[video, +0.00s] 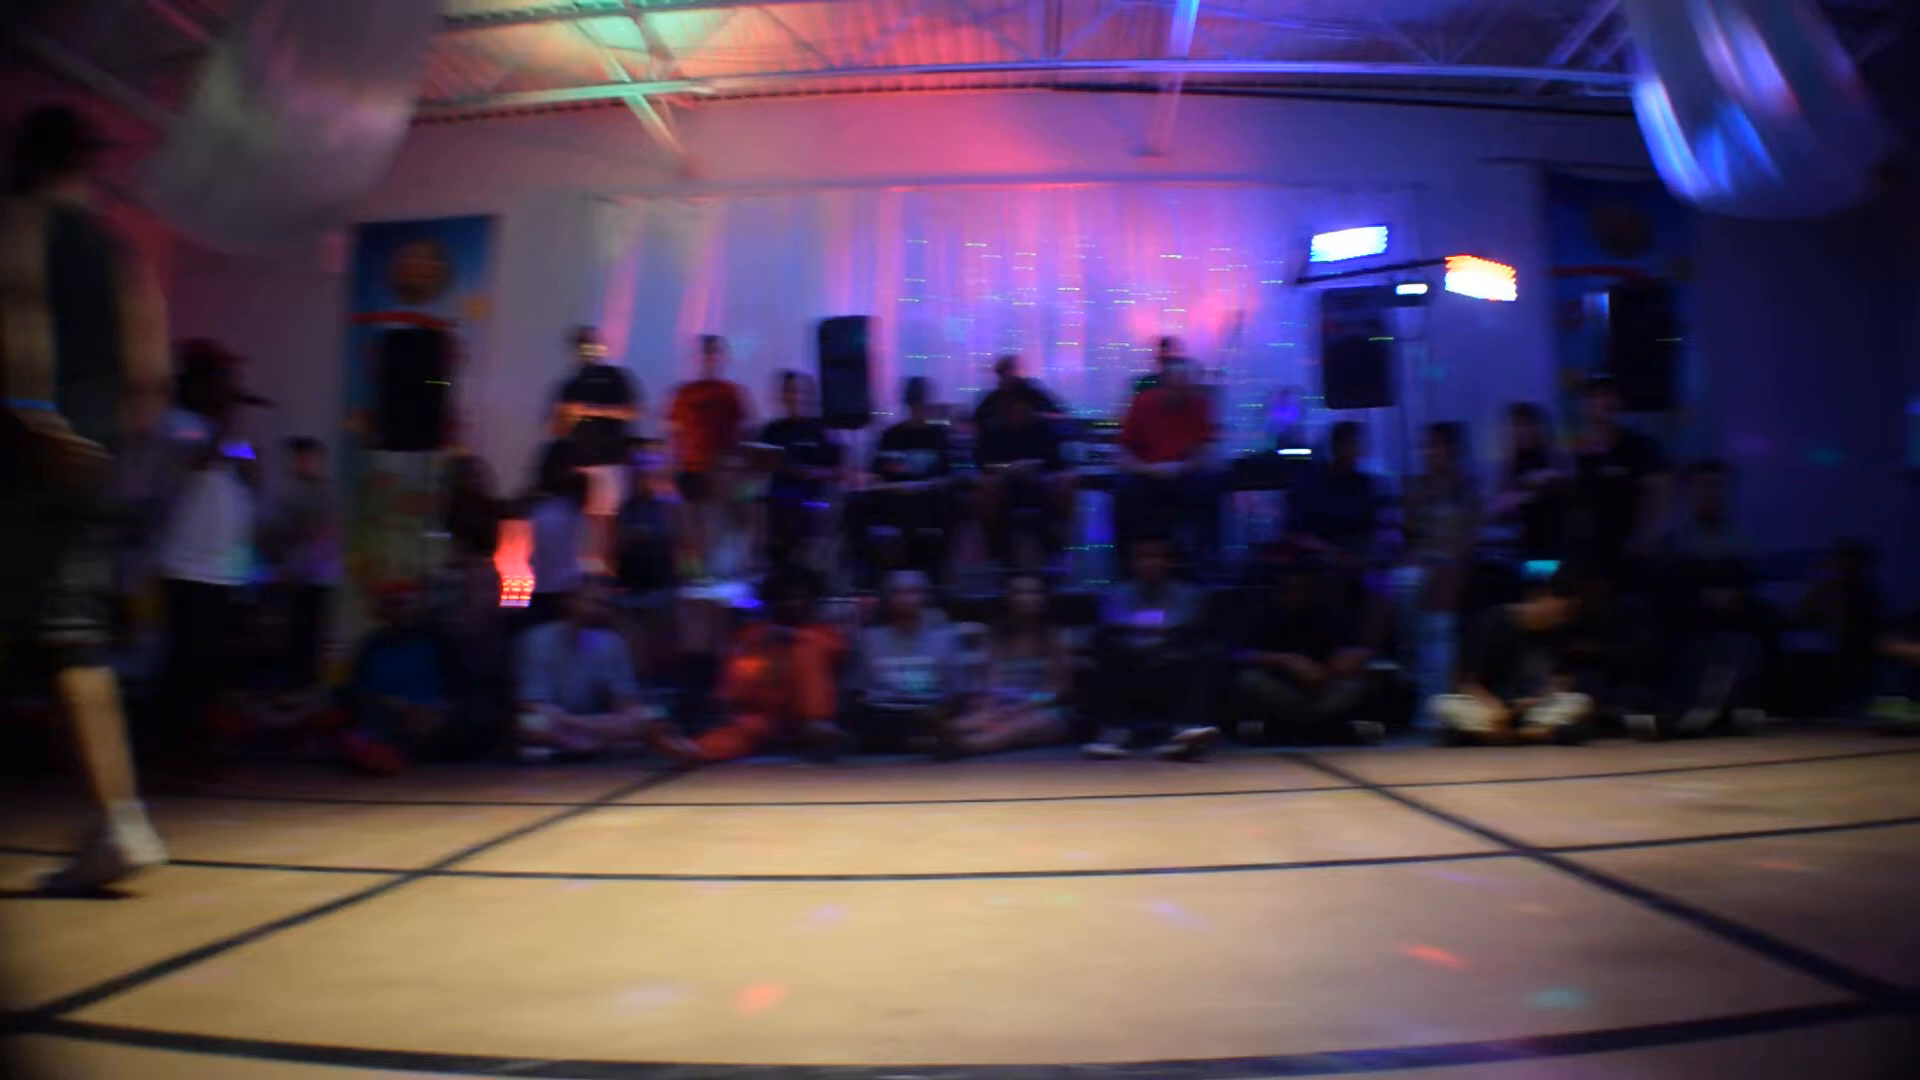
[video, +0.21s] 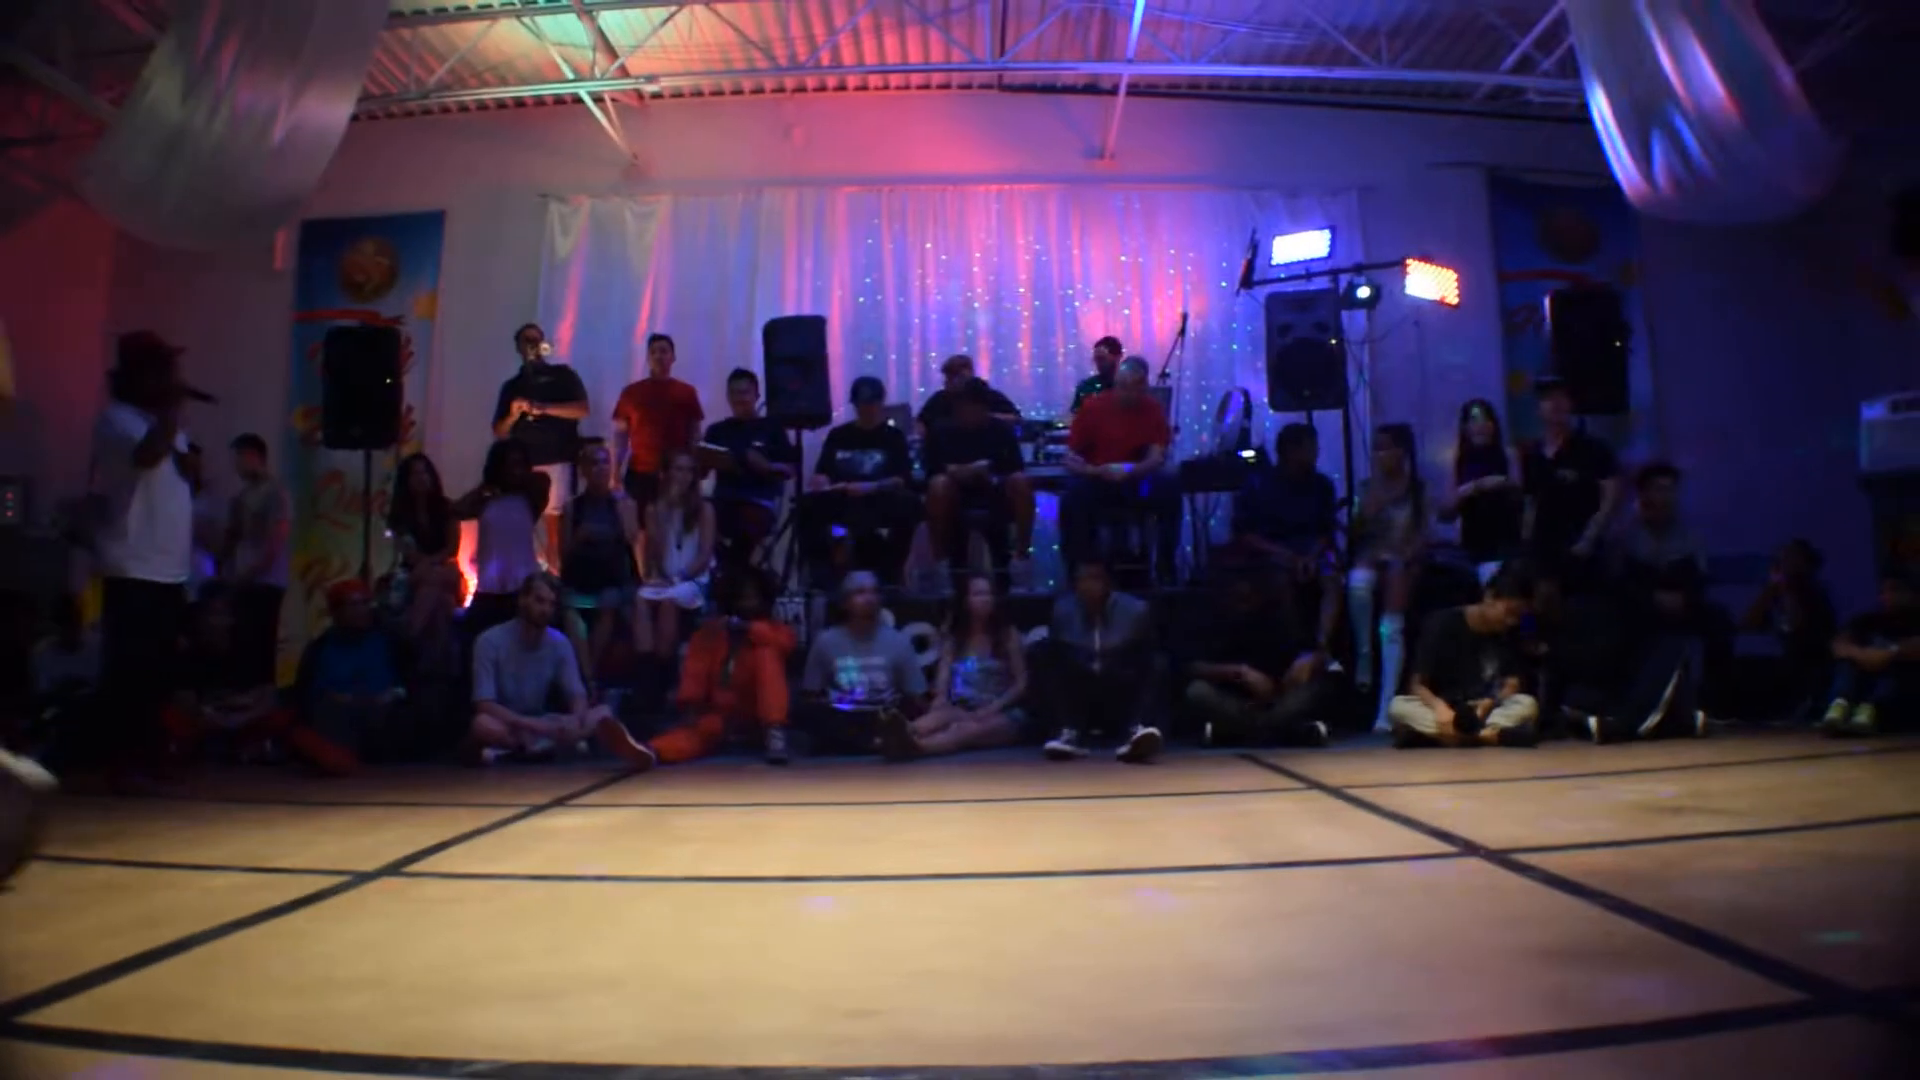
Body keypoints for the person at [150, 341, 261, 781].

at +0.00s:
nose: (226, 395)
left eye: (228, 386)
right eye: (218, 385)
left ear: (231, 391)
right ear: (199, 387)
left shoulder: (233, 440)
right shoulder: (181, 428)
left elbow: (258, 492)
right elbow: (189, 465)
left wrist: (243, 461)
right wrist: (221, 436)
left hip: (230, 573)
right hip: (190, 572)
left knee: (218, 670)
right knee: (188, 669)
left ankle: (212, 751)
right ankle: (179, 753)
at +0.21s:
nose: (171, 383)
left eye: (171, 375)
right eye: (162, 375)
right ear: (140, 377)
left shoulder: (169, 429)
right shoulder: (118, 420)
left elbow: (194, 483)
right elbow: (143, 458)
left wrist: (185, 456)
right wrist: (170, 412)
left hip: (170, 573)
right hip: (132, 573)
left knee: (160, 675)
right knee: (130, 675)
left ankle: (153, 758)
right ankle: (122, 761)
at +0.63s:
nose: (160, 378)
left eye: (160, 371)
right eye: (152, 370)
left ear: (153, 378)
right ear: (127, 375)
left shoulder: (167, 427)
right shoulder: (108, 420)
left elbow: (194, 481)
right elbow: (132, 457)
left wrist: (180, 455)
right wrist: (160, 405)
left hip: (168, 576)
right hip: (126, 576)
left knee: (160, 678)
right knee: (125, 679)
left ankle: (153, 761)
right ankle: (123, 764)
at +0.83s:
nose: (182, 381)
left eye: (184, 373)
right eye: (171, 372)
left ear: (184, 378)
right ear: (149, 377)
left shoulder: (196, 427)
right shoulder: (137, 422)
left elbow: (230, 481)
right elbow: (160, 458)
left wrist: (236, 447)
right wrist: (186, 409)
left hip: (201, 577)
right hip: (158, 578)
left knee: (194, 680)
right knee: (158, 682)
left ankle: (188, 760)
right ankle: (155, 763)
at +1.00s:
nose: (178, 381)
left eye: (178, 373)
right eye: (168, 372)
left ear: (176, 378)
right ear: (142, 377)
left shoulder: (185, 426)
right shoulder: (127, 421)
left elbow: (239, 457)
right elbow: (153, 455)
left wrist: (227, 405)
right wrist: (181, 404)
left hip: (193, 578)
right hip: (151, 578)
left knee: (187, 679)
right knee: (150, 680)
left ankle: (183, 760)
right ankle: (148, 764)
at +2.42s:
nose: (176, 386)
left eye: (177, 378)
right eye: (165, 378)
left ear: (179, 384)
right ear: (142, 385)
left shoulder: (184, 432)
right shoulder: (127, 426)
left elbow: (241, 441)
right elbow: (156, 462)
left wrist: (211, 398)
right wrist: (184, 410)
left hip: (186, 578)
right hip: (148, 578)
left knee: (180, 680)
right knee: (148, 681)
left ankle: (176, 763)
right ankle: (147, 768)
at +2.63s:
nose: (176, 386)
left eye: (178, 378)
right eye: (165, 378)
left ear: (179, 385)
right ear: (142, 384)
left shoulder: (183, 435)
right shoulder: (127, 428)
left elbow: (241, 441)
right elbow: (154, 463)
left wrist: (214, 399)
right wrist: (184, 412)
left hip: (186, 579)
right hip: (147, 579)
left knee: (181, 680)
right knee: (148, 681)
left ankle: (176, 763)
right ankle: (147, 769)